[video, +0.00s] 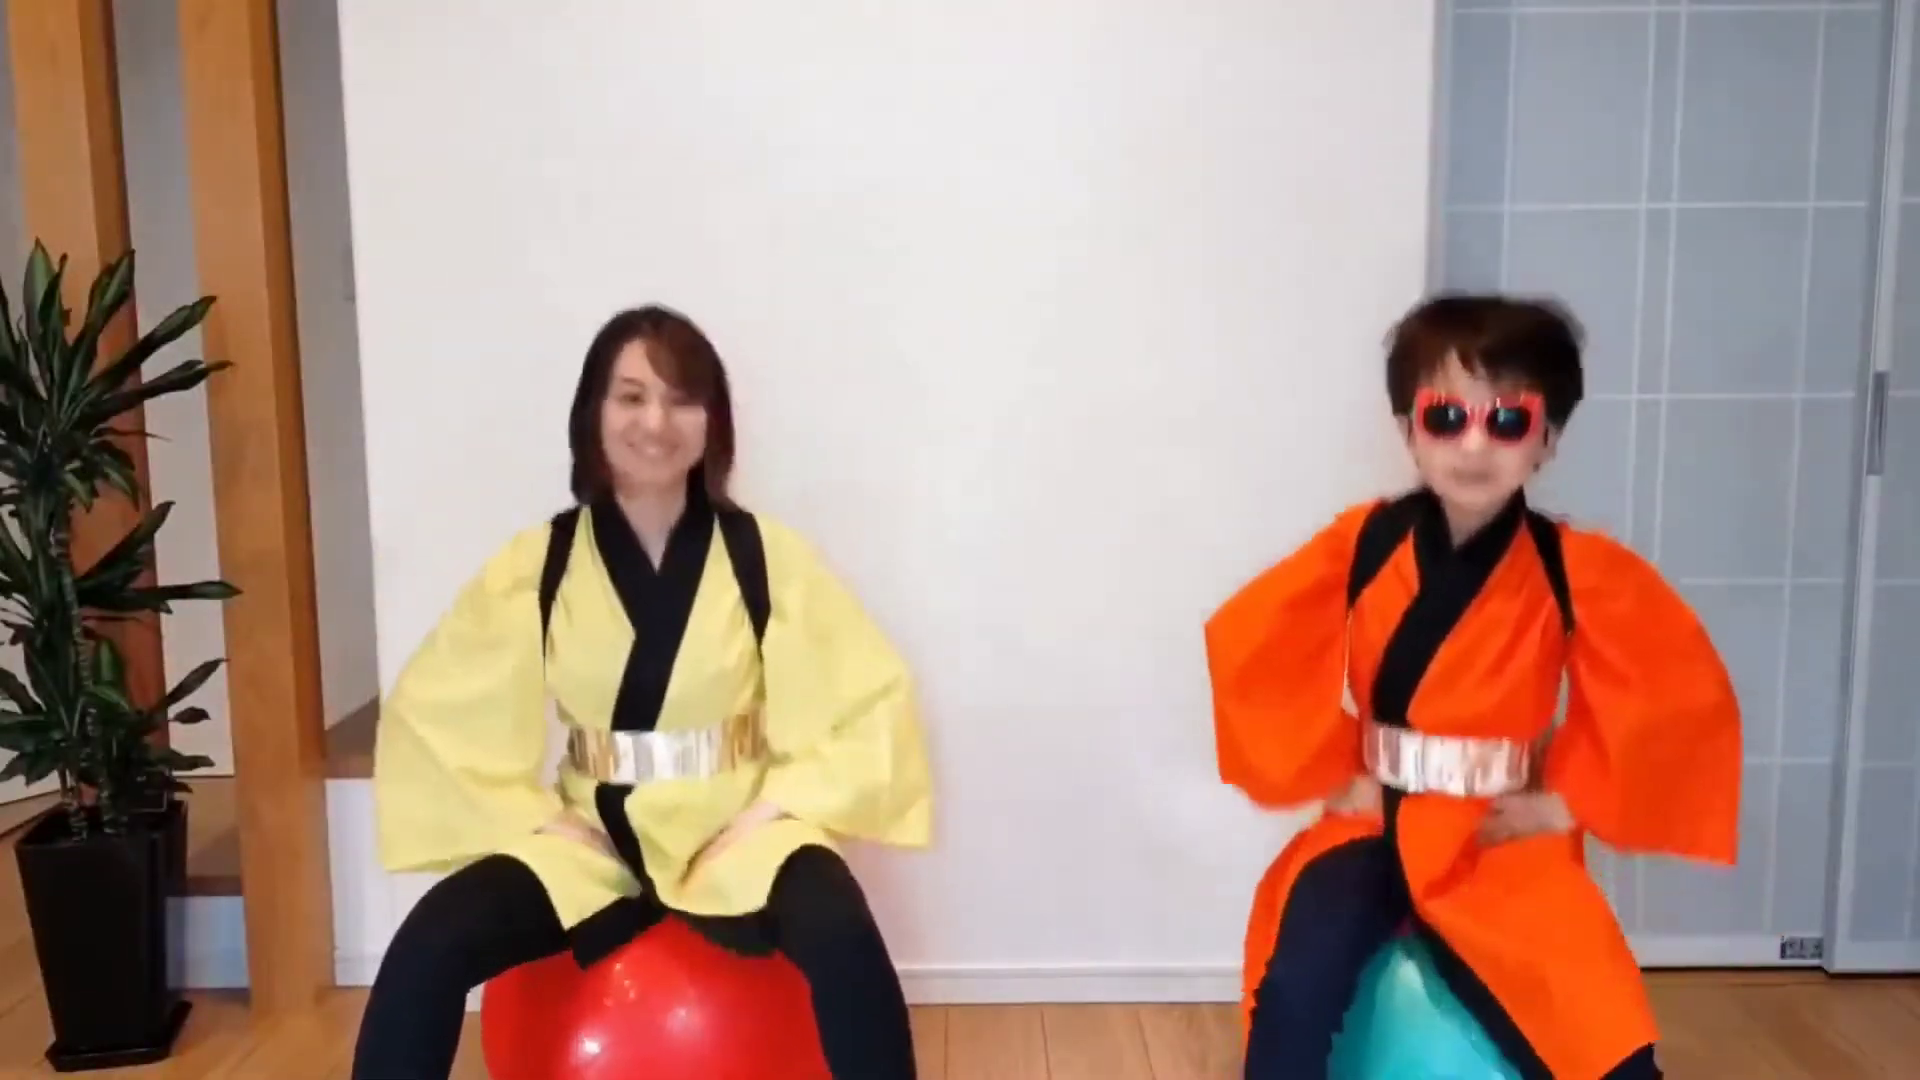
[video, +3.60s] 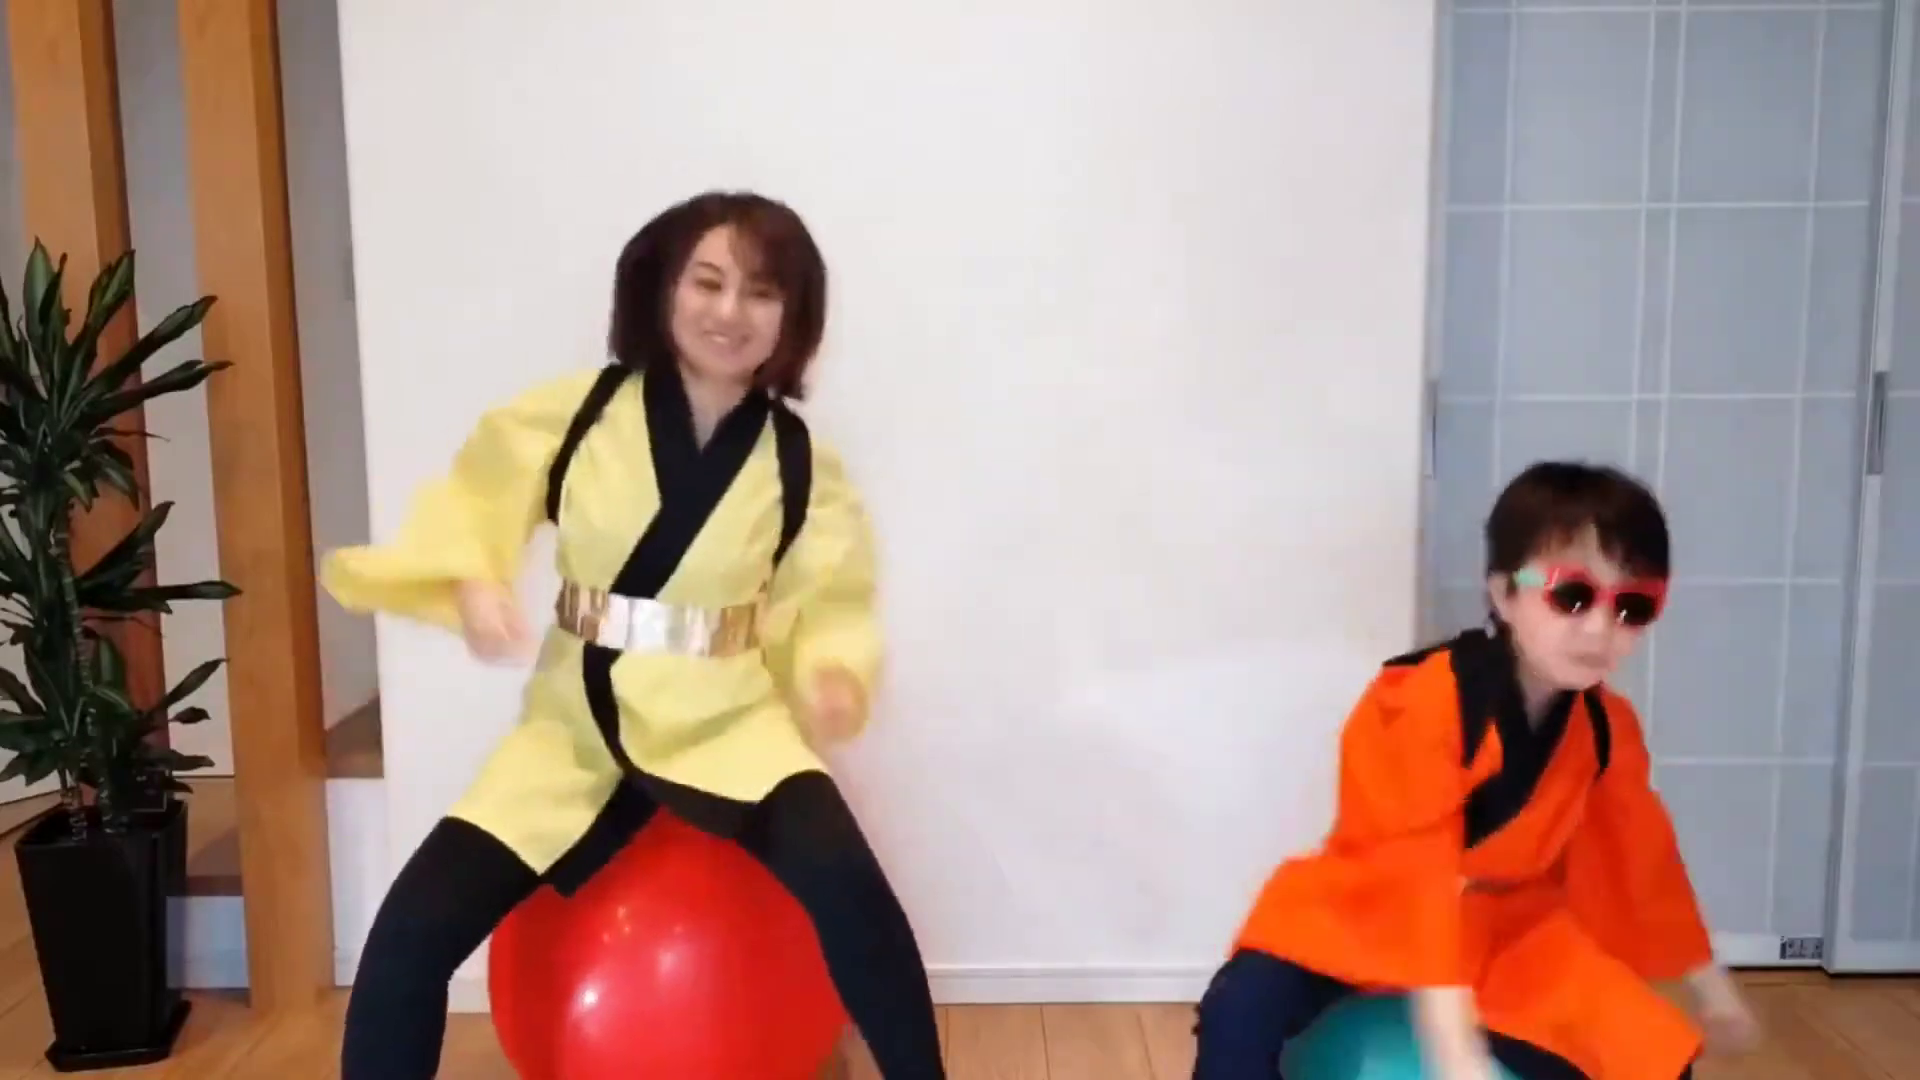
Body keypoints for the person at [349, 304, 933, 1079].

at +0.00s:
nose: (655, 421)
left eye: (680, 400)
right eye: (630, 398)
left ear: (711, 422)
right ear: (592, 415)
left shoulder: (764, 556)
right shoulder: (540, 561)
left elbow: (874, 707)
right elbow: (426, 706)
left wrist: (778, 806)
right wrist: (531, 811)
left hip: (736, 847)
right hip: (589, 851)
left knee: (831, 906)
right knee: (437, 933)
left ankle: (883, 1075)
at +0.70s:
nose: (636, 316)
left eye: (662, 290)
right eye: (613, 292)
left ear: (699, 308)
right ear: (580, 312)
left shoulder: (762, 451)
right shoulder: (535, 455)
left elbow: (869, 602)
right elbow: (434, 610)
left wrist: (778, 719)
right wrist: (543, 737)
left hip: (750, 755)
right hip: (589, 760)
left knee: (848, 934)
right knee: (431, 951)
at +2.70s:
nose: (667, 415)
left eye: (692, 396)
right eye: (643, 391)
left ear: (724, 419)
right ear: (603, 408)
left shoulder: (771, 551)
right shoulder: (537, 559)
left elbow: (883, 682)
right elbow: (435, 704)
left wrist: (788, 798)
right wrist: (543, 810)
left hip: (744, 835)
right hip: (589, 845)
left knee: (842, 914)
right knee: (440, 940)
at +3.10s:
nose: (670, 312)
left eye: (698, 292)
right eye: (646, 282)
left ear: (727, 314)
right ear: (600, 295)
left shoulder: (767, 446)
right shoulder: (521, 445)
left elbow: (851, 591)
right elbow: (435, 584)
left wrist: (801, 671)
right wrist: (500, 696)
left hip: (746, 747)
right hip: (583, 754)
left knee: (853, 932)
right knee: (433, 950)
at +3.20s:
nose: (675, 383)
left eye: (702, 362)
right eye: (650, 358)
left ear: (728, 386)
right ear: (603, 375)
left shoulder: (765, 524)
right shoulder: (540, 521)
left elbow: (808, 643)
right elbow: (456, 644)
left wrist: (836, 698)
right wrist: (390, 738)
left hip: (742, 805)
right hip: (591, 814)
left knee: (844, 905)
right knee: (434, 941)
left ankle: (885, 1073)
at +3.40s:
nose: (690, 362)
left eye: (715, 343)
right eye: (665, 337)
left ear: (743, 367)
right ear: (624, 352)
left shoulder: (772, 503)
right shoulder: (556, 484)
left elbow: (871, 676)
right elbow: (431, 603)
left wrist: (816, 585)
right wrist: (363, 563)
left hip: (733, 799)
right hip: (582, 804)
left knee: (844, 928)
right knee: (427, 944)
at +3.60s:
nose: (730, 312)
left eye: (760, 292)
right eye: (707, 282)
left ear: (793, 319)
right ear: (662, 294)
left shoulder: (801, 462)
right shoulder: (578, 411)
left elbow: (833, 601)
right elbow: (471, 501)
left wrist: (832, 674)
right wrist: (476, 580)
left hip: (733, 733)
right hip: (577, 735)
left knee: (849, 882)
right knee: (408, 933)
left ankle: (917, 1072)